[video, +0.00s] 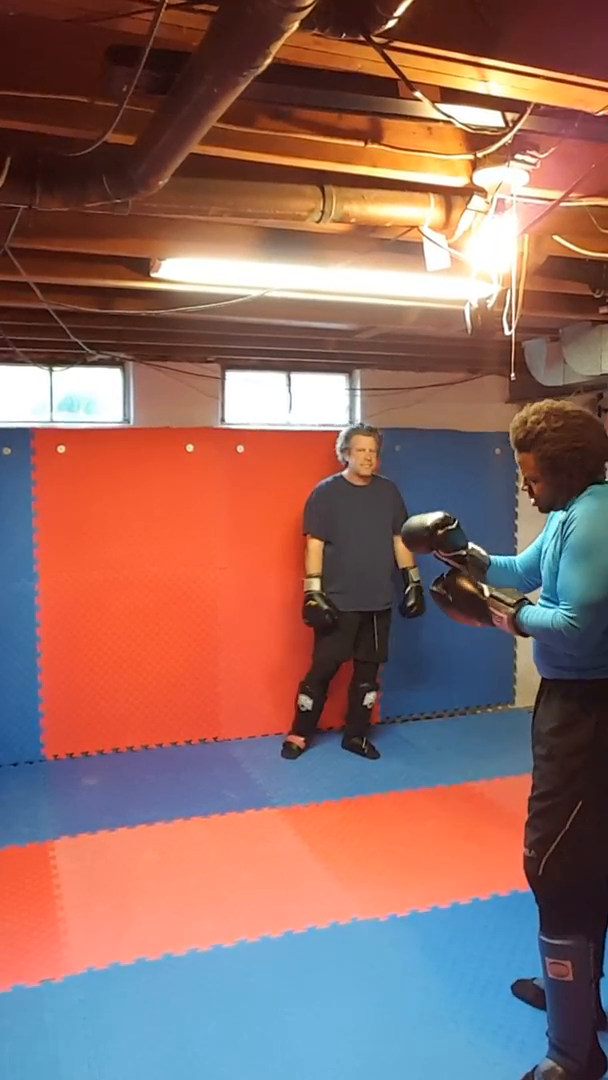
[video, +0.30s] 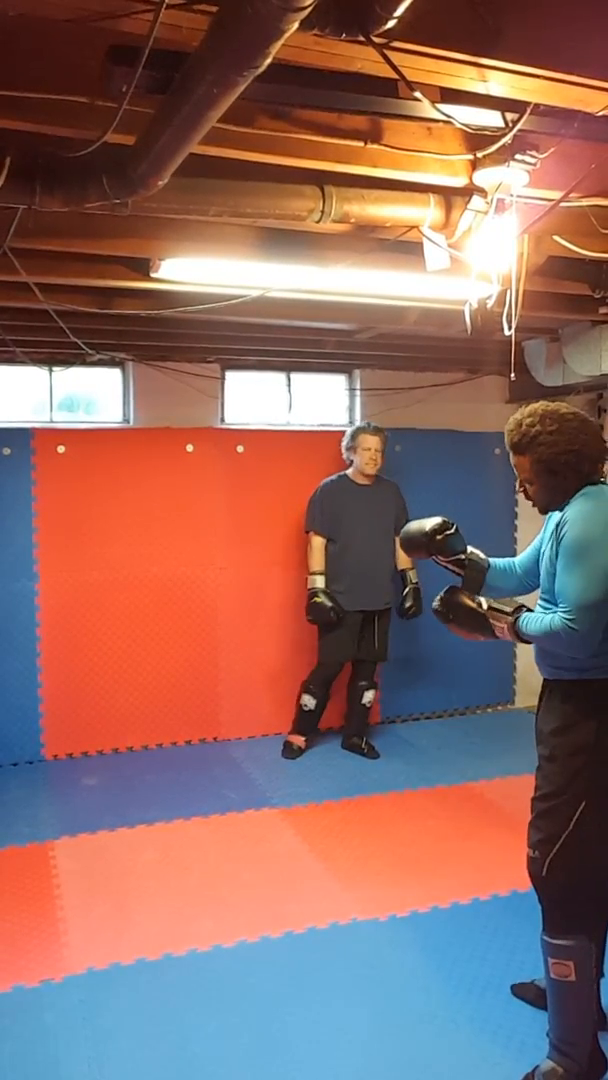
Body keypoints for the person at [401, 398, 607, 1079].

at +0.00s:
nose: (523, 479)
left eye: (531, 467)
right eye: (522, 467)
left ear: (567, 464)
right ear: (561, 466)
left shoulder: (591, 517)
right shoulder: (569, 515)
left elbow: (586, 626)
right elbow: (527, 572)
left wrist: (515, 613)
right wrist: (466, 553)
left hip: (584, 718)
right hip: (568, 708)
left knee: (562, 868)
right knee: (562, 854)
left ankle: (576, 1057)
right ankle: (575, 984)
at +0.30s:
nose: (517, 479)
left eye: (524, 467)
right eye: (515, 467)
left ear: (559, 464)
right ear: (559, 464)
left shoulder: (585, 518)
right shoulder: (567, 513)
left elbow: (583, 623)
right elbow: (524, 573)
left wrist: (513, 622)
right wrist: (463, 557)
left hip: (584, 715)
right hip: (570, 706)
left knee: (563, 867)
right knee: (565, 854)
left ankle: (577, 1057)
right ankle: (575, 985)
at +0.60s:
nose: (512, 482)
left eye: (517, 470)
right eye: (510, 471)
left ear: (549, 467)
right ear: (560, 464)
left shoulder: (580, 519)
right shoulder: (570, 512)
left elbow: (562, 626)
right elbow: (522, 584)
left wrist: (498, 619)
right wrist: (478, 558)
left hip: (584, 711)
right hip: (578, 704)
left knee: (562, 867)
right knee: (571, 854)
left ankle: (575, 1055)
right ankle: (575, 987)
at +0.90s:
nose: (512, 483)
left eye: (518, 471)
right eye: (511, 472)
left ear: (551, 469)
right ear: (559, 465)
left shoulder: (579, 520)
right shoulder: (569, 511)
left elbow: (555, 626)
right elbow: (520, 586)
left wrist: (488, 604)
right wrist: (481, 544)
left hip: (584, 711)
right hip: (576, 703)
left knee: (562, 866)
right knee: (569, 854)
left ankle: (575, 1057)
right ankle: (574, 986)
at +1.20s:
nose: (531, 446)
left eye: (546, 437)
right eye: (530, 437)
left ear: (583, 448)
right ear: (535, 447)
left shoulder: (586, 507)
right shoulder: (541, 507)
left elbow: (557, 617)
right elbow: (519, 591)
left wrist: (489, 599)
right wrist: (484, 568)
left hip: (587, 709)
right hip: (562, 703)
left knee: (552, 862)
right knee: (569, 852)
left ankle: (574, 1058)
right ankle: (571, 982)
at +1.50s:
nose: (524, 437)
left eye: (542, 429)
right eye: (524, 429)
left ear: (579, 447)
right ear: (523, 444)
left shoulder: (591, 509)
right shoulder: (516, 515)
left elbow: (595, 622)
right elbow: (488, 595)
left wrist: (513, 624)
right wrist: (443, 605)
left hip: (577, 711)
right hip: (535, 707)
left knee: (550, 874)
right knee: (557, 858)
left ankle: (542, 1064)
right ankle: (575, 991)